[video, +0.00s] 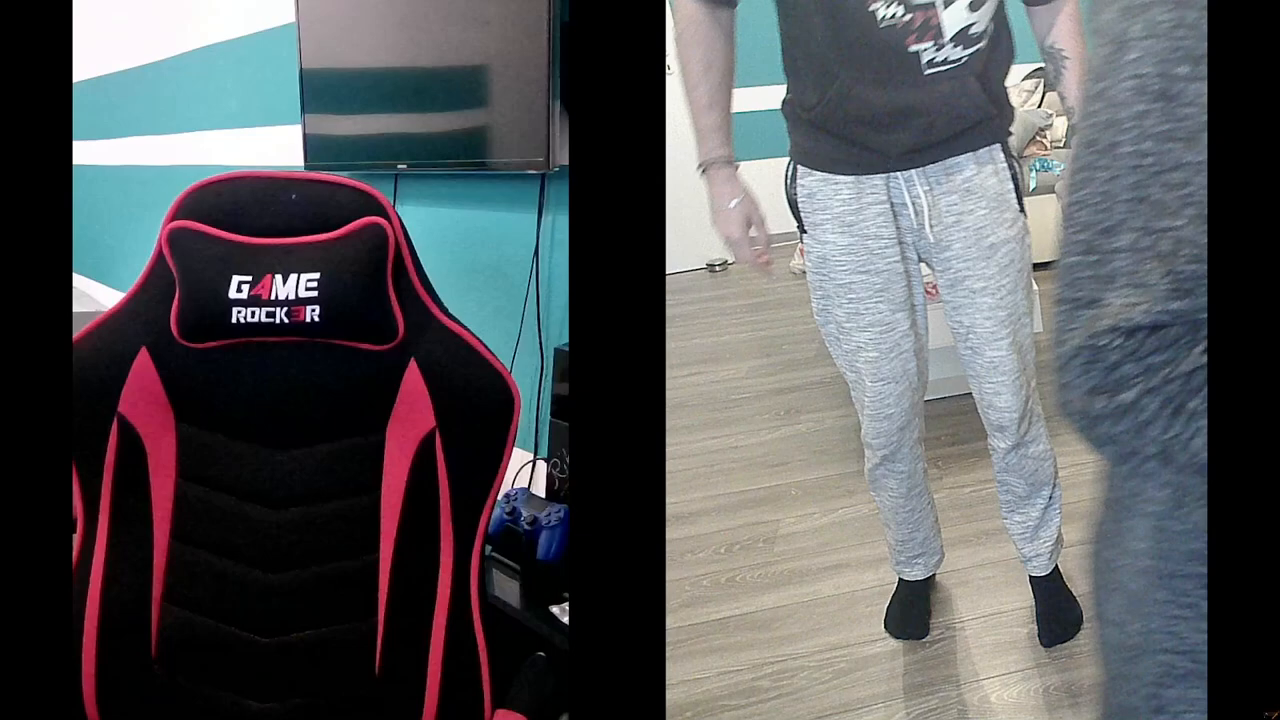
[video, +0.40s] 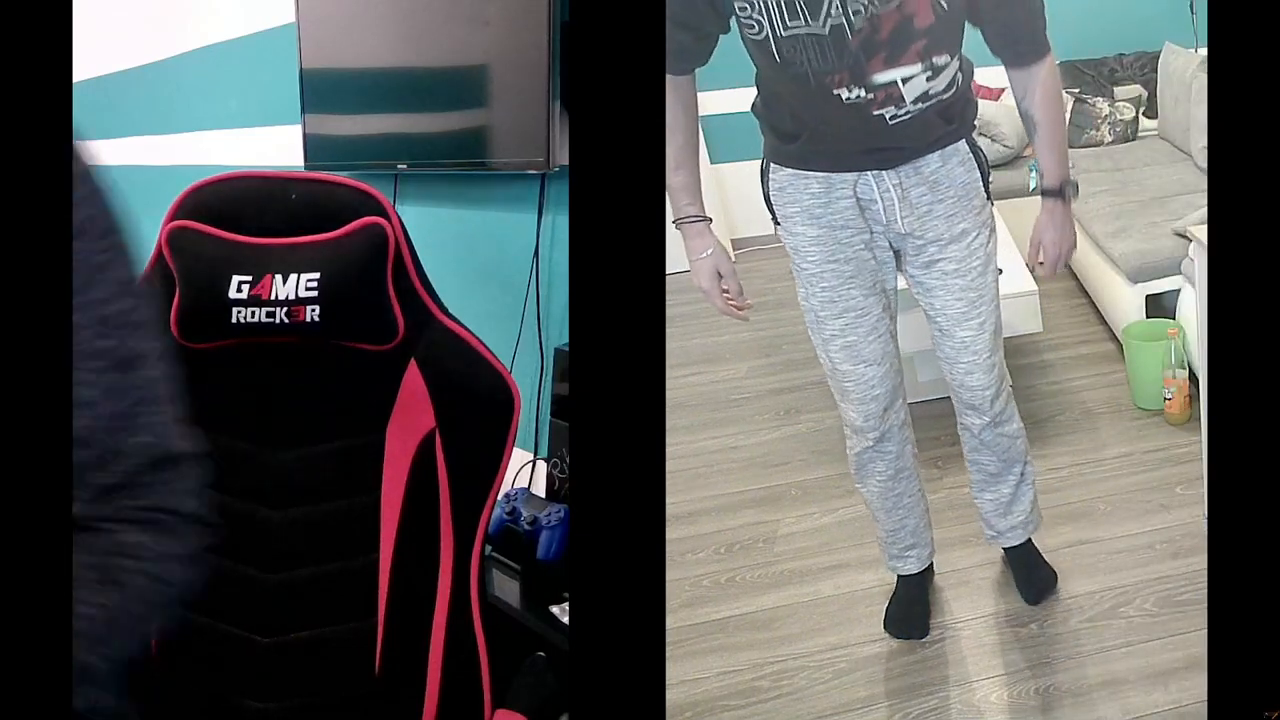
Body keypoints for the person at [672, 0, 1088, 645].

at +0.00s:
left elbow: (1051, 6)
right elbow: (702, 5)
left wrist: (1087, 118)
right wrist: (718, 166)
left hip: (967, 154)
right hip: (838, 174)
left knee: (1009, 399)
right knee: (884, 414)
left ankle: (1042, 561)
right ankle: (914, 563)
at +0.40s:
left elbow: (1031, 56)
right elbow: (675, 69)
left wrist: (1056, 194)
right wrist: (692, 221)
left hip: (938, 164)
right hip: (812, 188)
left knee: (980, 379)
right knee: (867, 406)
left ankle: (1015, 532)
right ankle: (910, 563)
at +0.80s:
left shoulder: (1027, 11)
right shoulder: (778, 3)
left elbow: (1069, 141)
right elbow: (713, 50)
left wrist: (1070, 286)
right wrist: (737, 206)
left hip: (957, 174)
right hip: (831, 182)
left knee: (982, 376)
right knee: (871, 390)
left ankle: (1010, 531)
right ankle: (909, 555)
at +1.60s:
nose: (905, 6)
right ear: (829, 1)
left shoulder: (972, 24)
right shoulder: (743, 27)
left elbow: (1043, 147)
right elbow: (676, 142)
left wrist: (1068, 285)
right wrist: (728, 292)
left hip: (924, 175)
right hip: (803, 188)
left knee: (966, 362)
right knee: (862, 384)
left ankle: (1010, 526)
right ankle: (908, 533)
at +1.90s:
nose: (889, 34)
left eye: (898, 4)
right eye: (854, 11)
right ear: (799, 16)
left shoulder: (956, 67)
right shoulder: (729, 69)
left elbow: (1022, 192)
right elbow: (667, 144)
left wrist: (1029, 326)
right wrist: (683, 280)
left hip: (907, 181)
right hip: (783, 198)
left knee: (958, 358)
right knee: (853, 387)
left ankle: (1004, 508)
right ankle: (907, 535)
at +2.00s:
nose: (895, 48)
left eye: (906, 17)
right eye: (861, 25)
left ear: (922, 10)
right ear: (802, 27)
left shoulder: (961, 81)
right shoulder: (727, 76)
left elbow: (1022, 202)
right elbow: (668, 100)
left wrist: (1030, 335)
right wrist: (679, 192)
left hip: (909, 189)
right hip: (785, 203)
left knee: (959, 363)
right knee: (854, 386)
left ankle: (1004, 511)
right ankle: (908, 535)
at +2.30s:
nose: (890, 87)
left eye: (901, 55)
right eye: (855, 65)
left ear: (916, 41)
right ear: (802, 65)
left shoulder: (958, 100)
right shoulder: (730, 85)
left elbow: (1029, 221)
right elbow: (679, 14)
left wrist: (1052, 355)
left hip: (917, 190)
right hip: (792, 204)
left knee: (965, 365)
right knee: (857, 390)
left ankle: (1003, 511)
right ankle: (909, 537)